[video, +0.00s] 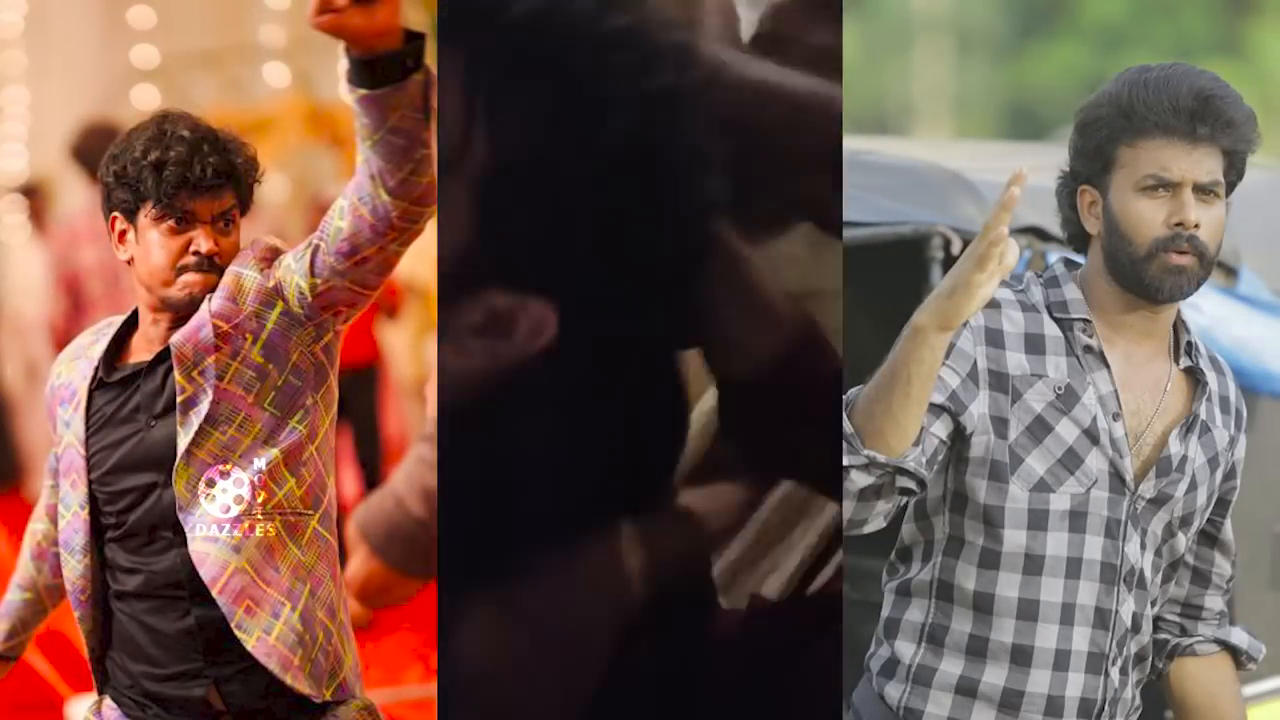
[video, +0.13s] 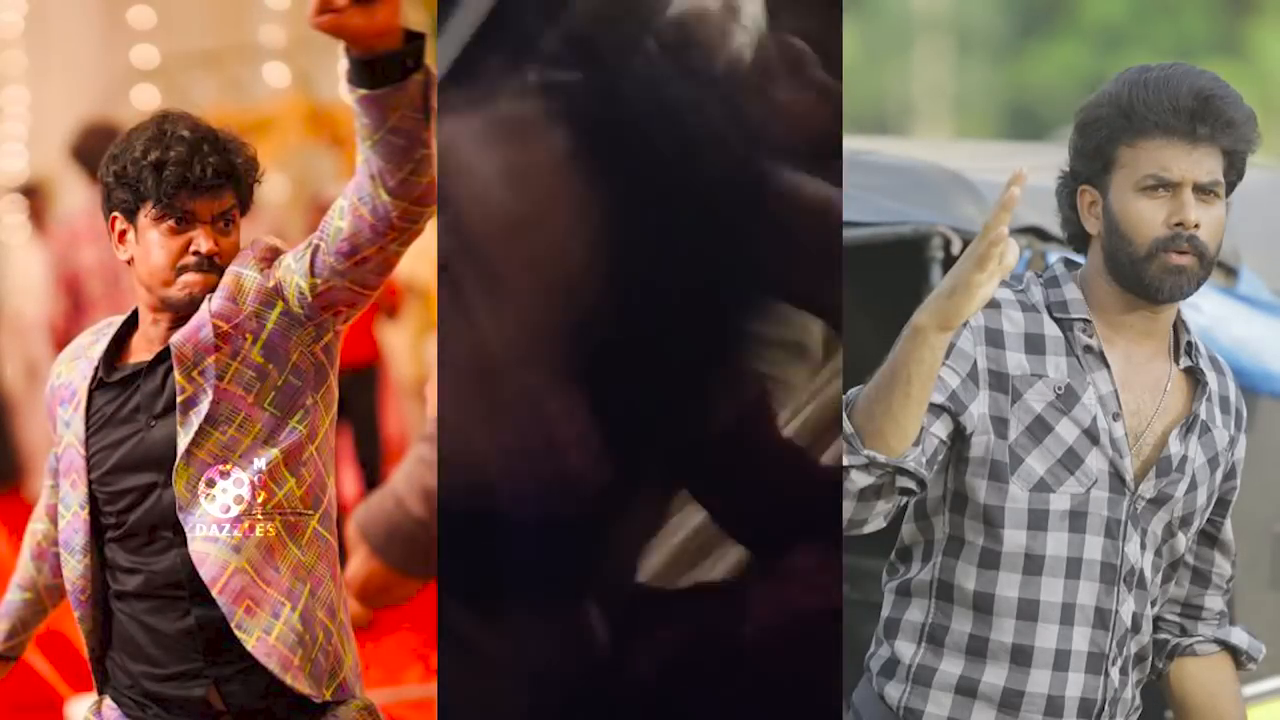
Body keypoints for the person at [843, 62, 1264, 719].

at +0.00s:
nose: (1188, 217)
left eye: (1207, 194)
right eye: (1157, 189)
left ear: (1227, 208)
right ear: (1092, 208)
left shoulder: (1219, 397)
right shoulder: (984, 329)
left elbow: (1193, 618)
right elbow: (854, 506)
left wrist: (1226, 711)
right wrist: (931, 327)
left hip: (1105, 710)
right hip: (935, 702)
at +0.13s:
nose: (1188, 217)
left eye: (1207, 194)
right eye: (1157, 189)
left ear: (1227, 208)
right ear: (1092, 208)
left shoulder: (1219, 397)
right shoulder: (984, 329)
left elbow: (1193, 618)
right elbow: (852, 509)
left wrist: (1226, 711)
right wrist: (931, 327)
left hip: (1105, 710)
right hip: (935, 702)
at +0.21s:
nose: (1188, 217)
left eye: (1207, 194)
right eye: (1157, 190)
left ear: (1227, 208)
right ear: (1092, 208)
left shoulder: (1219, 397)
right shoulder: (984, 329)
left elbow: (1193, 618)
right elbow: (851, 508)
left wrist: (1226, 711)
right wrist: (931, 327)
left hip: (1105, 710)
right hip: (934, 703)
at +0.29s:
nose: (1187, 217)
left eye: (1207, 194)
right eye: (1157, 190)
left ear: (1227, 209)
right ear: (1092, 208)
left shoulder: (1219, 398)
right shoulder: (984, 328)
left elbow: (1193, 615)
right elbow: (851, 507)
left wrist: (1224, 711)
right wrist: (931, 327)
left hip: (1106, 709)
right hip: (936, 702)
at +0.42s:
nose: (1187, 217)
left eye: (1207, 194)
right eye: (1157, 190)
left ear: (1227, 208)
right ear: (1092, 207)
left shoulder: (1219, 398)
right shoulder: (983, 328)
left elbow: (1193, 617)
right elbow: (853, 506)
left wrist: (1225, 711)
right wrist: (931, 327)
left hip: (1105, 709)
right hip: (935, 702)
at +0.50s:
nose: (1187, 217)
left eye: (1207, 194)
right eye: (1157, 190)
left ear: (1227, 208)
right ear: (1092, 207)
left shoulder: (1219, 398)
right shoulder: (983, 329)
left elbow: (1193, 617)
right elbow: (851, 507)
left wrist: (1225, 711)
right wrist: (931, 327)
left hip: (1105, 709)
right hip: (936, 702)